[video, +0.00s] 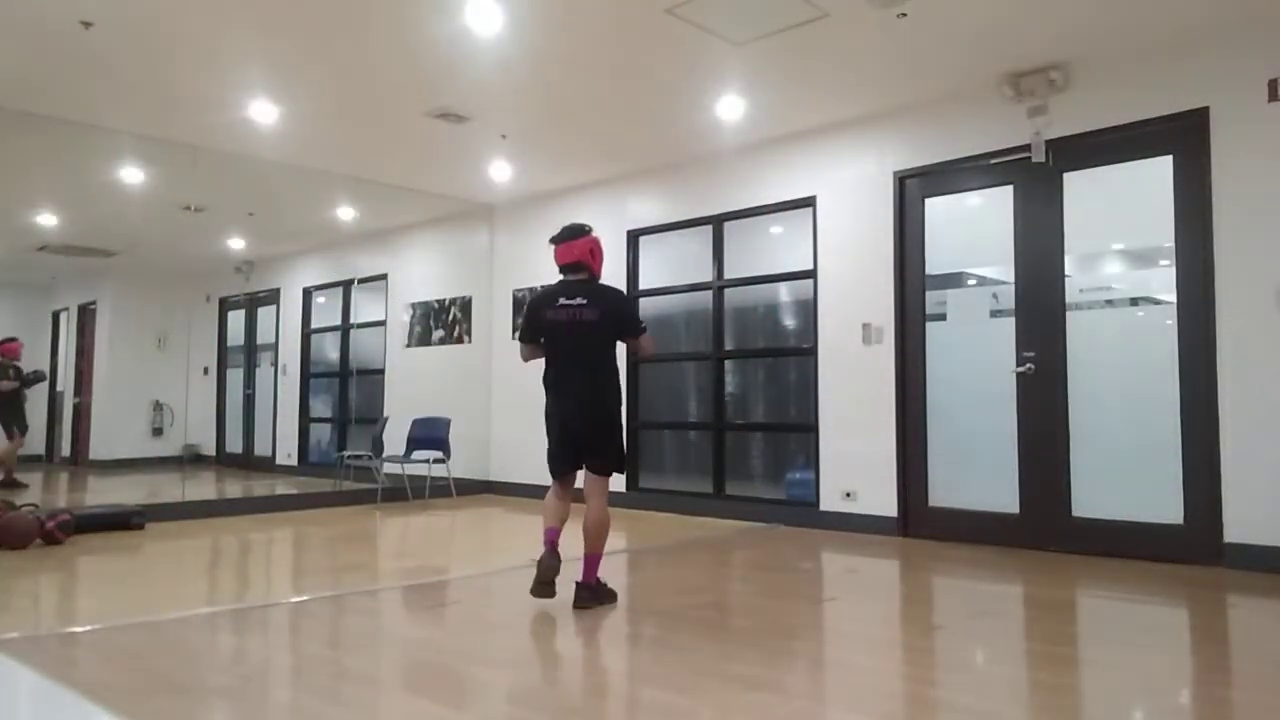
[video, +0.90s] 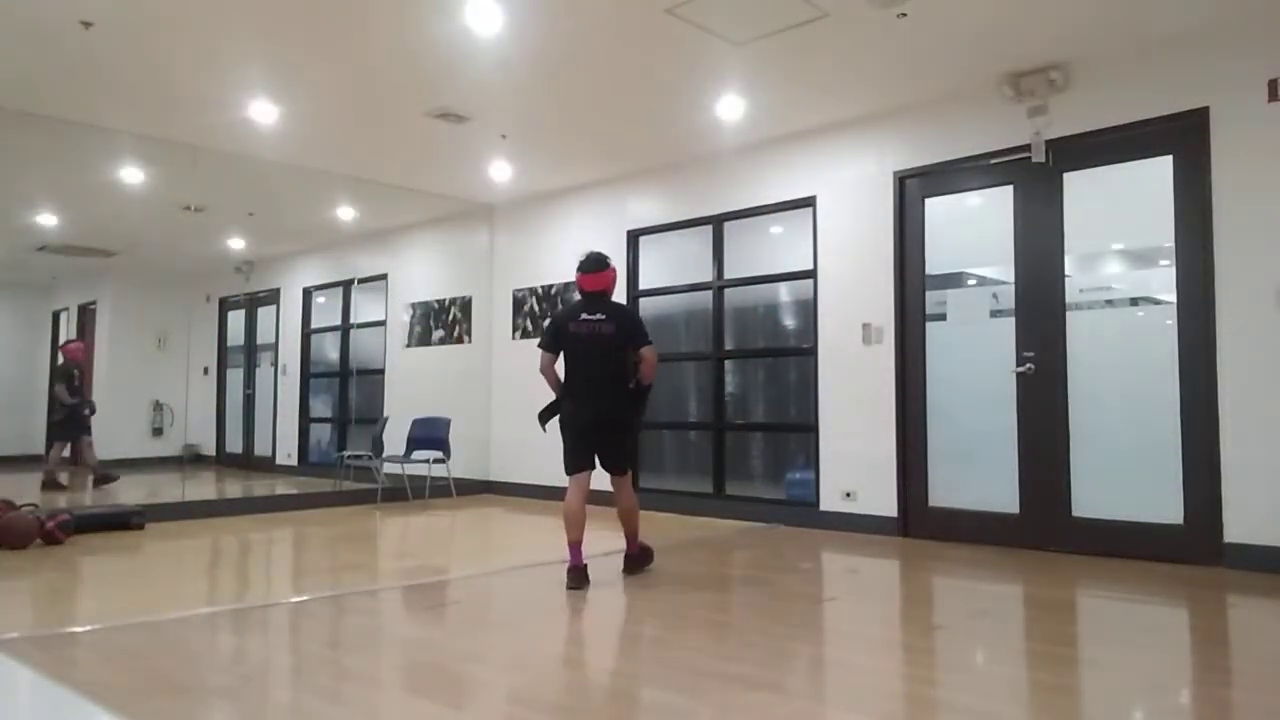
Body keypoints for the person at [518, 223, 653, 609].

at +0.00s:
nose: (601, 257)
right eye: (598, 251)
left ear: (559, 260)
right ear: (594, 256)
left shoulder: (541, 301)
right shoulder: (613, 299)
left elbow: (528, 352)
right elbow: (643, 347)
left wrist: (560, 342)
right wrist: (620, 332)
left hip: (560, 408)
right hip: (601, 407)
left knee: (561, 484)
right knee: (597, 493)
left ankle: (549, 552)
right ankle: (588, 584)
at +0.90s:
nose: (610, 282)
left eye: (595, 277)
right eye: (609, 277)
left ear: (579, 282)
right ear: (611, 281)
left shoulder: (562, 319)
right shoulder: (626, 316)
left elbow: (546, 366)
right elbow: (649, 359)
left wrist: (563, 396)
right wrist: (640, 388)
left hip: (576, 411)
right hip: (616, 409)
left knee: (576, 484)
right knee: (622, 483)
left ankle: (576, 567)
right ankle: (633, 552)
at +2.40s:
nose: (591, 314)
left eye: (592, 307)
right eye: (589, 309)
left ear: (606, 301)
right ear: (609, 301)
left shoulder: (616, 328)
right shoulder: (624, 326)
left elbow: (605, 370)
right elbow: (613, 371)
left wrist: (576, 361)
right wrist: (586, 372)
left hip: (607, 415)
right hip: (619, 413)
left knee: (604, 477)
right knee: (615, 474)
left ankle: (606, 545)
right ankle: (626, 537)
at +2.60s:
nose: (593, 317)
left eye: (595, 310)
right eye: (591, 312)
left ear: (611, 304)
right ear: (607, 306)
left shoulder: (625, 330)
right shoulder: (614, 331)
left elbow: (622, 371)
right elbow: (607, 366)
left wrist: (587, 368)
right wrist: (586, 382)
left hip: (611, 414)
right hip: (613, 412)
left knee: (603, 473)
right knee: (618, 470)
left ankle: (606, 543)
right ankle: (627, 537)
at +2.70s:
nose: (593, 318)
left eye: (595, 312)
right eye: (591, 313)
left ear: (610, 305)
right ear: (605, 308)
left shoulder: (628, 331)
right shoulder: (610, 333)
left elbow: (629, 370)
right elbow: (602, 366)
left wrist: (594, 373)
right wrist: (584, 375)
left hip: (614, 413)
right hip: (611, 411)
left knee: (603, 472)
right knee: (618, 470)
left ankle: (605, 542)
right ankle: (627, 537)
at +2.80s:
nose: (595, 320)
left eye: (597, 314)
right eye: (592, 315)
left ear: (611, 307)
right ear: (597, 312)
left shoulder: (632, 332)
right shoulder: (604, 336)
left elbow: (636, 371)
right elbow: (595, 367)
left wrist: (602, 372)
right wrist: (582, 372)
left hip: (619, 413)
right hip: (607, 411)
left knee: (604, 471)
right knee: (617, 471)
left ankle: (605, 541)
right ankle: (627, 537)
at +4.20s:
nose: (570, 310)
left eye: (575, 303)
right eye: (564, 304)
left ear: (586, 300)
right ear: (555, 304)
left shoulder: (598, 329)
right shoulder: (549, 331)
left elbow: (605, 367)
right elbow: (518, 357)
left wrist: (567, 379)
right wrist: (545, 359)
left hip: (583, 412)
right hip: (553, 412)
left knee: (590, 477)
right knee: (552, 476)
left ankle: (615, 538)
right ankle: (554, 545)